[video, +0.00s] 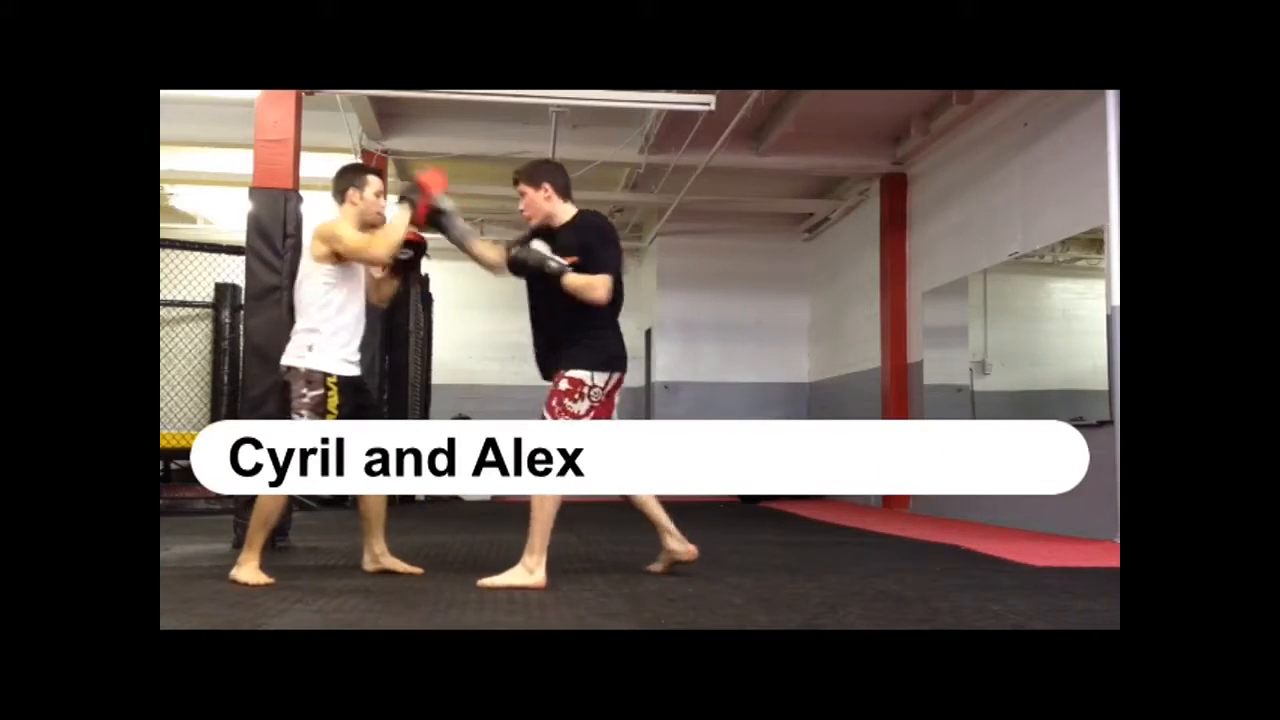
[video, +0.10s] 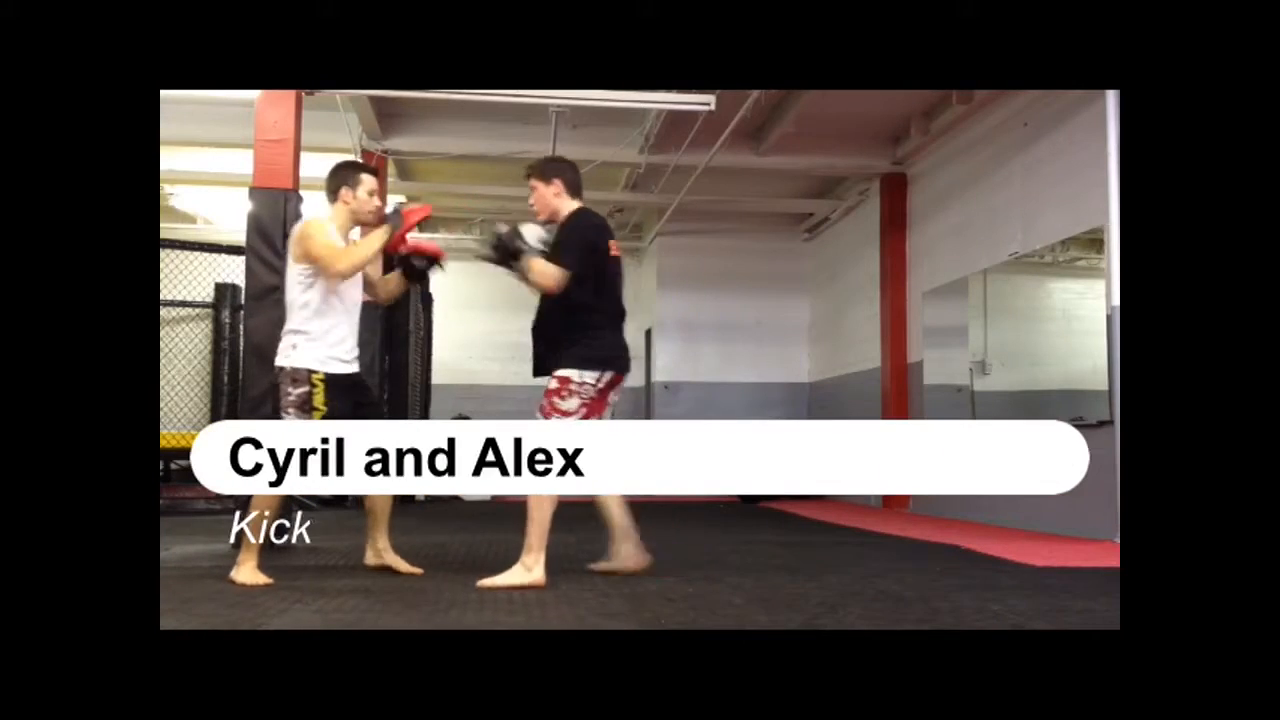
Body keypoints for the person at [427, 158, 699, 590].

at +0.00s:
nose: (520, 207)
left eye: (524, 197)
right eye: (519, 198)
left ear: (547, 192)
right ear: (544, 193)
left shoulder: (594, 228)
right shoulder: (542, 238)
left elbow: (601, 291)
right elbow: (498, 258)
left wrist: (552, 267)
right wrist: (452, 225)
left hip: (593, 362)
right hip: (575, 363)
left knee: (547, 456)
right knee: (609, 456)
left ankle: (532, 565)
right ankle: (674, 540)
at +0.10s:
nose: (531, 201)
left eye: (534, 192)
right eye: (530, 193)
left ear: (558, 187)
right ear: (562, 189)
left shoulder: (580, 226)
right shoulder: (584, 226)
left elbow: (554, 281)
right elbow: (555, 283)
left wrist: (519, 254)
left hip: (583, 360)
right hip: (603, 359)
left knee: (543, 454)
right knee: (589, 451)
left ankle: (531, 562)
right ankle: (628, 547)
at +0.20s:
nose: (560, 199)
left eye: (564, 191)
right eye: (561, 192)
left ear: (585, 189)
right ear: (600, 192)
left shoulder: (578, 218)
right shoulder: (632, 233)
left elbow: (514, 235)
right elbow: (601, 268)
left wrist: (468, 231)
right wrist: (554, 260)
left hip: (571, 355)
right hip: (618, 361)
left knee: (502, 425)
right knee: (600, 448)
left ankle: (501, 520)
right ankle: (610, 552)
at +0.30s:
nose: (586, 204)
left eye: (589, 198)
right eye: (586, 199)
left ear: (607, 194)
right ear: (628, 198)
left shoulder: (595, 217)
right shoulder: (657, 244)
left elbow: (534, 240)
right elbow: (626, 280)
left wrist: (482, 241)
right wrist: (576, 262)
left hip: (571, 335)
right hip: (621, 354)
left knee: (486, 377)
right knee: (612, 450)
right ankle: (610, 552)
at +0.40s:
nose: (604, 212)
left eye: (606, 205)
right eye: (604, 205)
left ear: (625, 201)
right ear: (644, 206)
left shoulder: (612, 224)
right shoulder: (671, 254)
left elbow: (584, 260)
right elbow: (645, 301)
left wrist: (531, 268)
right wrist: (588, 280)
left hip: (571, 333)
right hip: (618, 361)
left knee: (489, 358)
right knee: (620, 455)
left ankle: (410, 394)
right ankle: (615, 554)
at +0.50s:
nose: (609, 210)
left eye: (612, 202)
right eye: (609, 203)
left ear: (634, 201)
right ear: (648, 206)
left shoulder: (619, 226)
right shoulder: (679, 254)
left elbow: (604, 267)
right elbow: (667, 307)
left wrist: (552, 278)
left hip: (582, 342)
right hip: (630, 365)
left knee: (499, 385)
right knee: (628, 456)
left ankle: (432, 443)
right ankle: (616, 554)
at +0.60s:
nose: (603, 204)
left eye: (607, 197)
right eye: (603, 198)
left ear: (629, 195)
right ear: (644, 200)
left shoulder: (618, 223)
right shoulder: (678, 243)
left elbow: (595, 253)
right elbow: (671, 296)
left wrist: (550, 257)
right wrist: (609, 282)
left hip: (600, 351)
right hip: (649, 363)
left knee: (537, 420)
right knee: (641, 453)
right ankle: (624, 549)